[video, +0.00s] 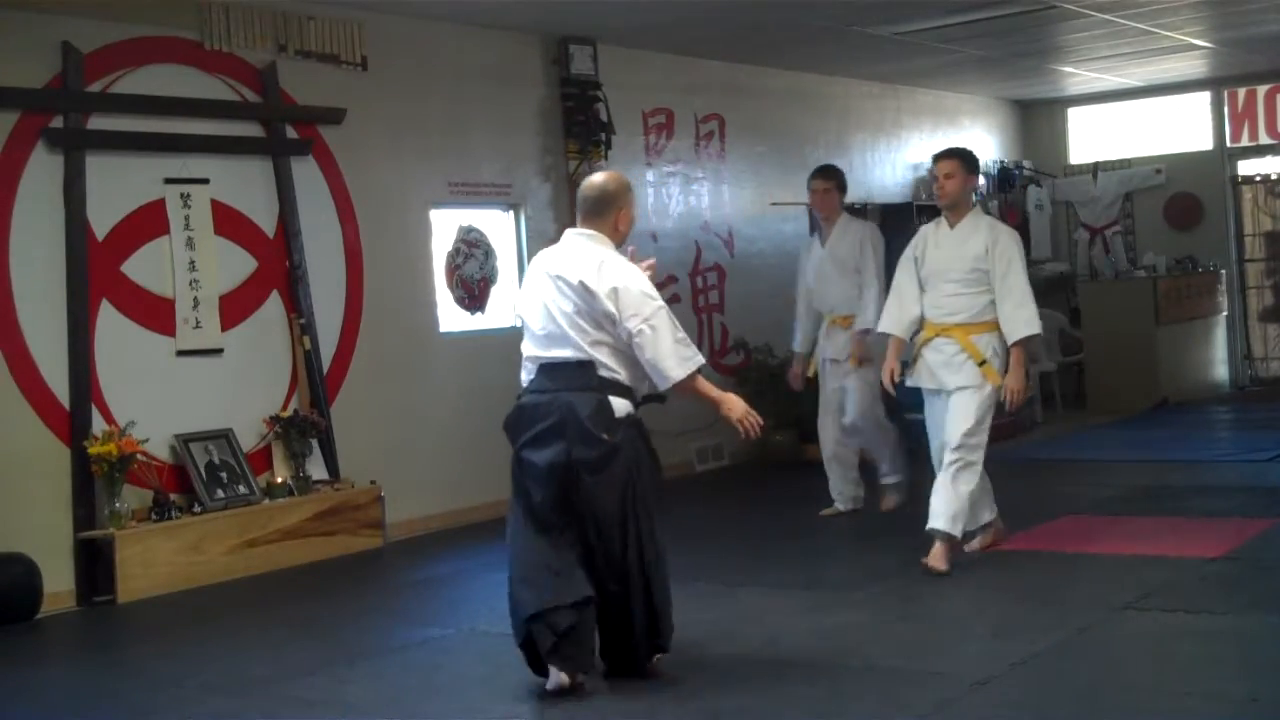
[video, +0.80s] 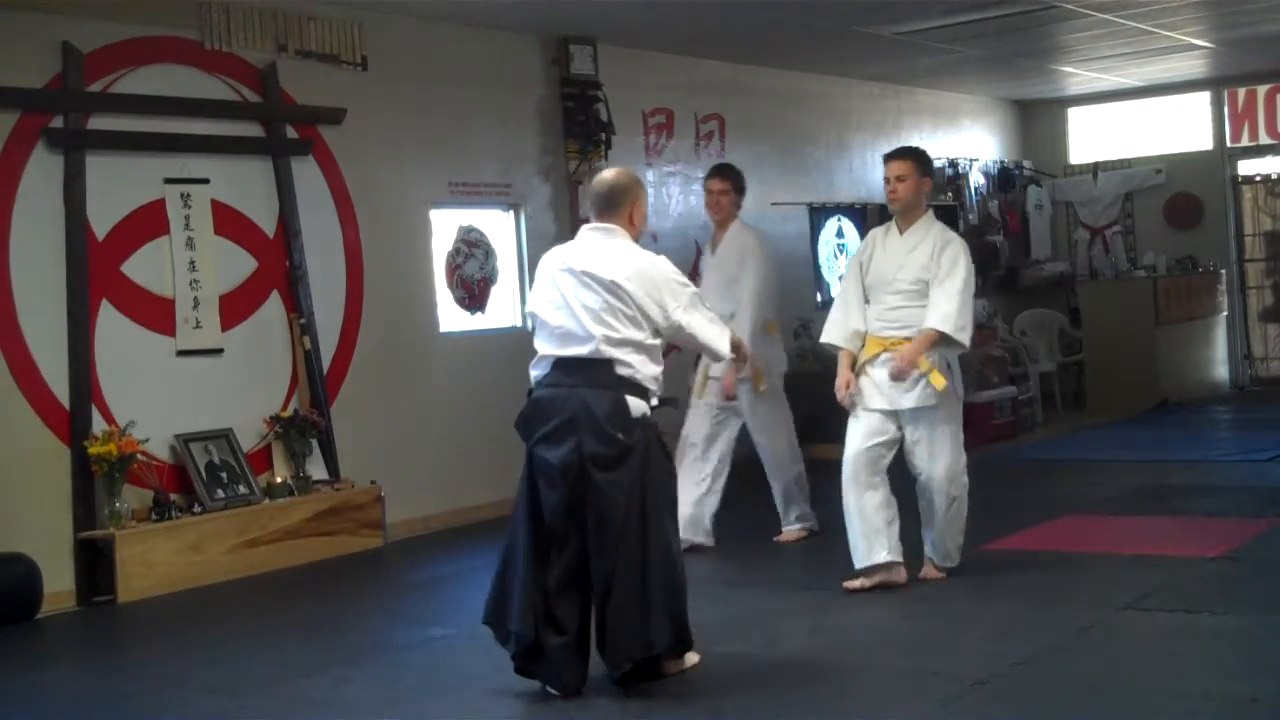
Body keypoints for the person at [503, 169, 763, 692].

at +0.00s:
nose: (633, 221)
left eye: (633, 214)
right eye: (632, 214)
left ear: (576, 212)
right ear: (622, 216)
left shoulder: (540, 263)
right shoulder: (618, 273)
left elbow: (566, 313)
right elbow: (665, 352)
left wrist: (629, 282)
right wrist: (721, 397)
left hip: (537, 410)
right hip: (599, 409)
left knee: (545, 536)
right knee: (621, 529)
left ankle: (560, 660)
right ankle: (631, 654)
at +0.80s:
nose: (646, 216)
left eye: (644, 207)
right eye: (645, 209)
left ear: (590, 210)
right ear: (635, 212)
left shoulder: (551, 261)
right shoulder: (648, 269)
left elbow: (539, 322)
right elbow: (714, 338)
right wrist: (736, 349)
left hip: (550, 406)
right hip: (616, 409)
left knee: (554, 537)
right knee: (641, 533)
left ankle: (558, 666)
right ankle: (654, 653)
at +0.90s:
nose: (658, 217)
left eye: (657, 209)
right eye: (658, 210)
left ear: (601, 210)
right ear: (647, 213)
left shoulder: (560, 260)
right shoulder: (659, 268)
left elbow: (557, 327)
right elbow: (718, 332)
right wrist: (739, 339)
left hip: (557, 399)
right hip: (623, 402)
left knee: (559, 533)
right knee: (644, 531)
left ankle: (559, 666)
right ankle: (653, 654)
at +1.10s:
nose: (669, 218)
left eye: (668, 210)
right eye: (667, 211)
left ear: (609, 211)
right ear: (657, 212)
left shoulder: (567, 261)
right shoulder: (668, 266)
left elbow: (556, 320)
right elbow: (721, 322)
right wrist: (747, 334)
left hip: (566, 394)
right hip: (632, 396)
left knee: (567, 533)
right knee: (648, 530)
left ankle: (562, 668)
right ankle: (659, 653)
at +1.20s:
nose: (667, 222)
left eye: (666, 215)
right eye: (667, 214)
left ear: (608, 211)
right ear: (657, 212)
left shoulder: (564, 263)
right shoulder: (669, 267)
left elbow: (550, 331)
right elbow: (736, 332)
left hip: (567, 394)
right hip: (634, 394)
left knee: (569, 533)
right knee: (650, 529)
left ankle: (563, 669)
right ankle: (659, 657)